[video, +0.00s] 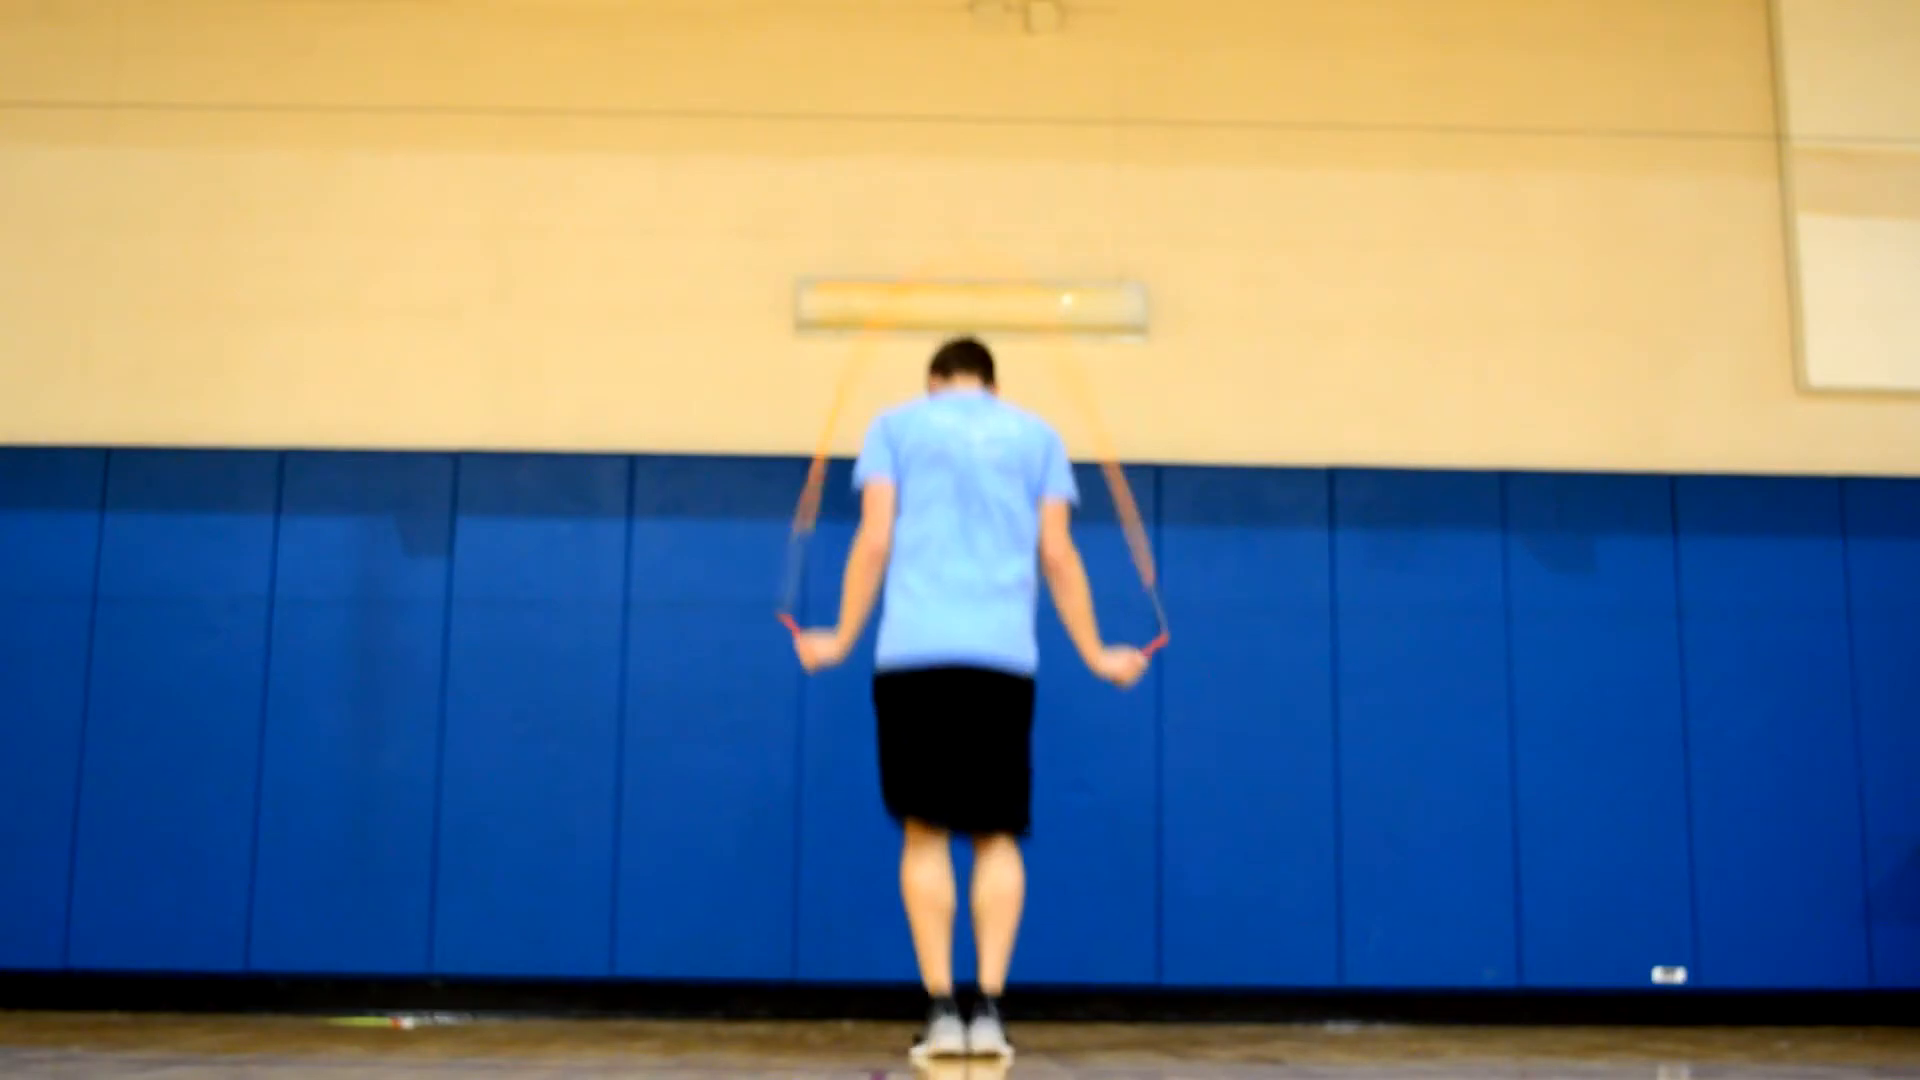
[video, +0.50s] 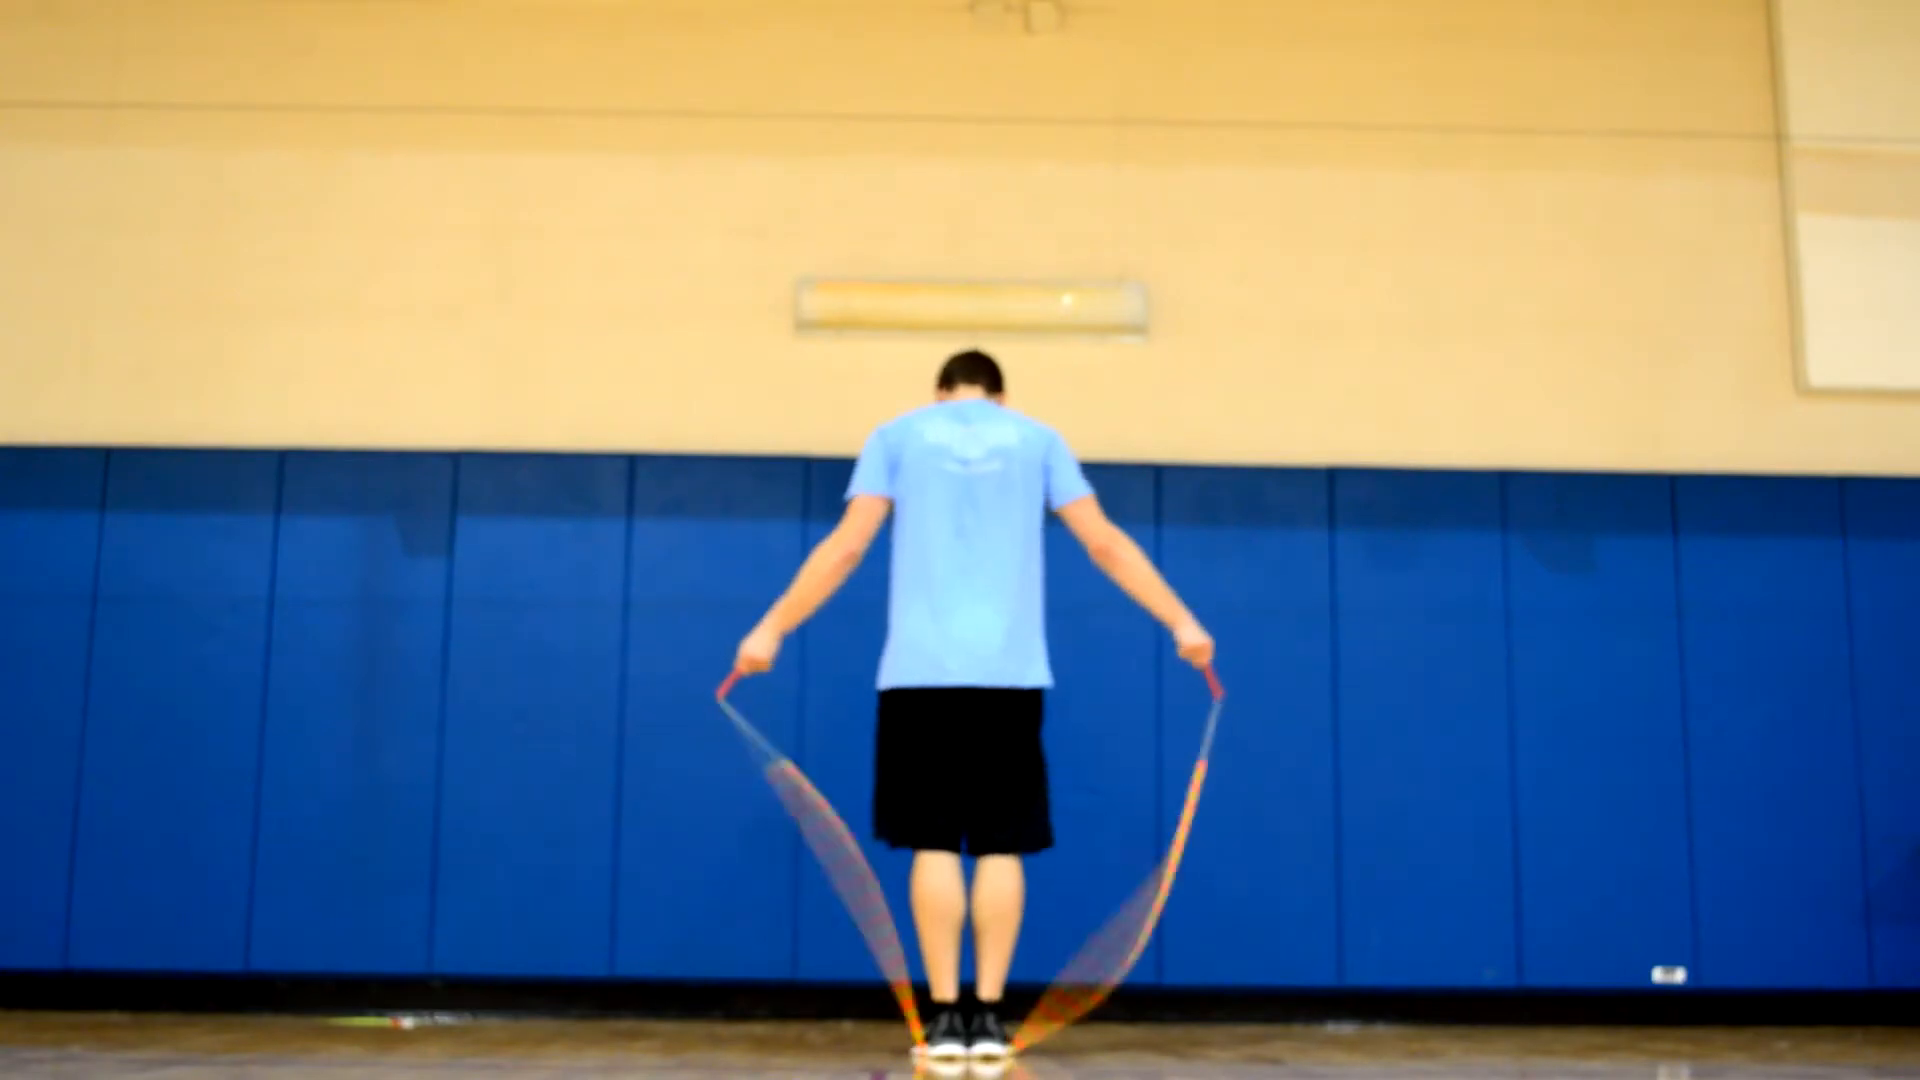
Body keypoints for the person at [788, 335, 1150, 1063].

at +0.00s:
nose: (947, 394)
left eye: (942, 384)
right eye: (964, 384)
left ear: (931, 382)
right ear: (994, 384)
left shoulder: (893, 427)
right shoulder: (1038, 436)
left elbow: (875, 540)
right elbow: (1057, 553)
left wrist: (842, 637)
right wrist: (1096, 652)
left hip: (914, 664)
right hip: (1001, 666)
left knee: (924, 833)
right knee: (998, 836)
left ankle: (944, 1012)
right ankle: (988, 1011)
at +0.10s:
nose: (945, 415)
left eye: (940, 404)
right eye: (965, 405)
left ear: (934, 402)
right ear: (997, 405)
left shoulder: (894, 452)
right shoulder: (1041, 459)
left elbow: (873, 565)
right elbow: (1069, 575)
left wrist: (830, 667)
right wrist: (1115, 672)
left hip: (918, 687)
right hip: (1007, 688)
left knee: (927, 851)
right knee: (998, 852)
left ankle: (946, 1016)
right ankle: (986, 1018)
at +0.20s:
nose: (950, 404)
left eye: (944, 394)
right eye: (966, 393)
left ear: (936, 392)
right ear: (998, 394)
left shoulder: (900, 435)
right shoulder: (1041, 442)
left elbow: (865, 541)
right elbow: (1078, 552)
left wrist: (797, 635)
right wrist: (1141, 648)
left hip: (921, 668)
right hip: (1006, 670)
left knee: (933, 838)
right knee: (999, 841)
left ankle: (946, 1016)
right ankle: (987, 1017)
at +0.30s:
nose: (950, 404)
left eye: (945, 393)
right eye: (975, 394)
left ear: (938, 391)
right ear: (1001, 395)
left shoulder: (901, 437)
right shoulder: (1038, 444)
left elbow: (849, 541)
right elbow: (1094, 547)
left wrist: (764, 615)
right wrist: (1174, 626)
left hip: (923, 673)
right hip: (1010, 675)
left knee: (934, 843)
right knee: (1001, 845)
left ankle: (947, 1019)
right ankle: (987, 1019)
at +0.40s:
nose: (956, 402)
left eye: (949, 392)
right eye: (976, 392)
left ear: (939, 391)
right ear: (1002, 395)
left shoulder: (899, 436)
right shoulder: (1038, 441)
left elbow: (852, 540)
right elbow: (1099, 541)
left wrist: (770, 622)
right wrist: (1184, 618)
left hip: (921, 672)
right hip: (1010, 673)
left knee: (933, 844)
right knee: (1001, 845)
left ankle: (944, 1018)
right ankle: (987, 1019)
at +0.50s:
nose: (960, 400)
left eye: (952, 391)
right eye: (978, 392)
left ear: (939, 391)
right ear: (1001, 394)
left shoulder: (897, 436)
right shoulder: (1038, 439)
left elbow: (849, 542)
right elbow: (1102, 540)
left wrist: (771, 629)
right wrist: (1181, 620)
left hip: (920, 676)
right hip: (1009, 676)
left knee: (934, 845)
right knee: (1001, 846)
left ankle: (945, 1020)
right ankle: (987, 1019)